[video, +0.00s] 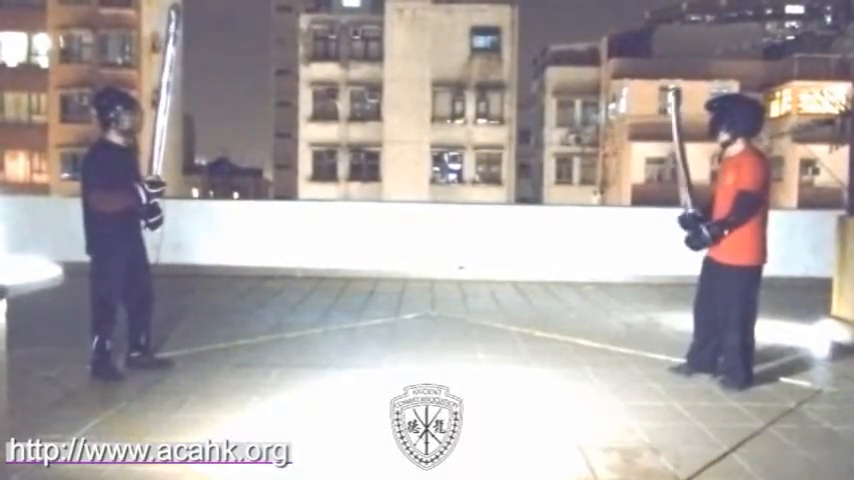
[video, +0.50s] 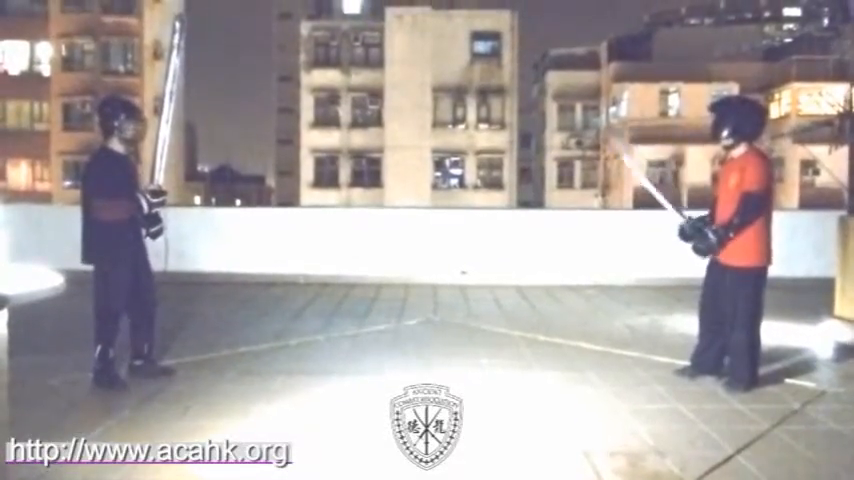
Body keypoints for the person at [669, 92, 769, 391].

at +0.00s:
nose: (714, 127)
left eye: (719, 121)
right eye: (715, 121)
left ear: (733, 126)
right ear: (731, 126)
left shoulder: (752, 162)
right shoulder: (723, 160)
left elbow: (746, 206)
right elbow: (719, 201)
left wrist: (714, 230)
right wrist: (701, 216)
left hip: (743, 254)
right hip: (719, 250)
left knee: (736, 315)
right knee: (707, 308)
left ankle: (736, 371)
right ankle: (701, 359)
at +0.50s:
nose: (717, 129)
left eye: (722, 123)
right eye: (718, 123)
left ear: (738, 127)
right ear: (730, 127)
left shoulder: (755, 163)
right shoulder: (725, 163)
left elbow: (751, 206)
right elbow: (722, 207)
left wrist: (720, 235)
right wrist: (702, 223)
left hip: (747, 256)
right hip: (723, 253)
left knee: (741, 317)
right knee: (712, 310)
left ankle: (741, 374)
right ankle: (706, 362)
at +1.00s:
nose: (709, 184)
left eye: (713, 176)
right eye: (707, 177)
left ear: (729, 176)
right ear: (715, 178)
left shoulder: (756, 209)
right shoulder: (719, 215)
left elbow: (749, 252)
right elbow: (717, 258)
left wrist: (721, 286)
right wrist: (709, 293)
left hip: (755, 303)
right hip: (728, 301)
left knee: (752, 364)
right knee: (717, 357)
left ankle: (748, 420)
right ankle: (709, 409)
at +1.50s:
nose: (702, 197)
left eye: (703, 190)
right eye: (699, 192)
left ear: (717, 185)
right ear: (718, 186)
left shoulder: (749, 208)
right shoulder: (722, 214)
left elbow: (744, 251)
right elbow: (717, 259)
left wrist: (718, 287)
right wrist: (706, 290)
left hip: (751, 303)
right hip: (726, 301)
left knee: (747, 365)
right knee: (715, 358)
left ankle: (745, 421)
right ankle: (707, 410)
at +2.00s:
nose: (704, 192)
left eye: (706, 184)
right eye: (702, 185)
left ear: (722, 180)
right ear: (716, 182)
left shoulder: (752, 208)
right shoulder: (721, 213)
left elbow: (748, 250)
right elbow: (719, 257)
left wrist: (722, 288)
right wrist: (708, 290)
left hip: (753, 303)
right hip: (727, 301)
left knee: (750, 364)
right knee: (716, 357)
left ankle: (746, 422)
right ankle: (708, 410)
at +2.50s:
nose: (724, 182)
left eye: (727, 174)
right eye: (722, 175)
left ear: (743, 170)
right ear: (736, 172)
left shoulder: (772, 198)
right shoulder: (741, 204)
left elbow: (767, 243)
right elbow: (738, 248)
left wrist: (740, 280)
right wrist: (727, 280)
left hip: (773, 295)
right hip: (747, 293)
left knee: (771, 357)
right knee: (736, 350)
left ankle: (769, 414)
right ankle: (731, 403)